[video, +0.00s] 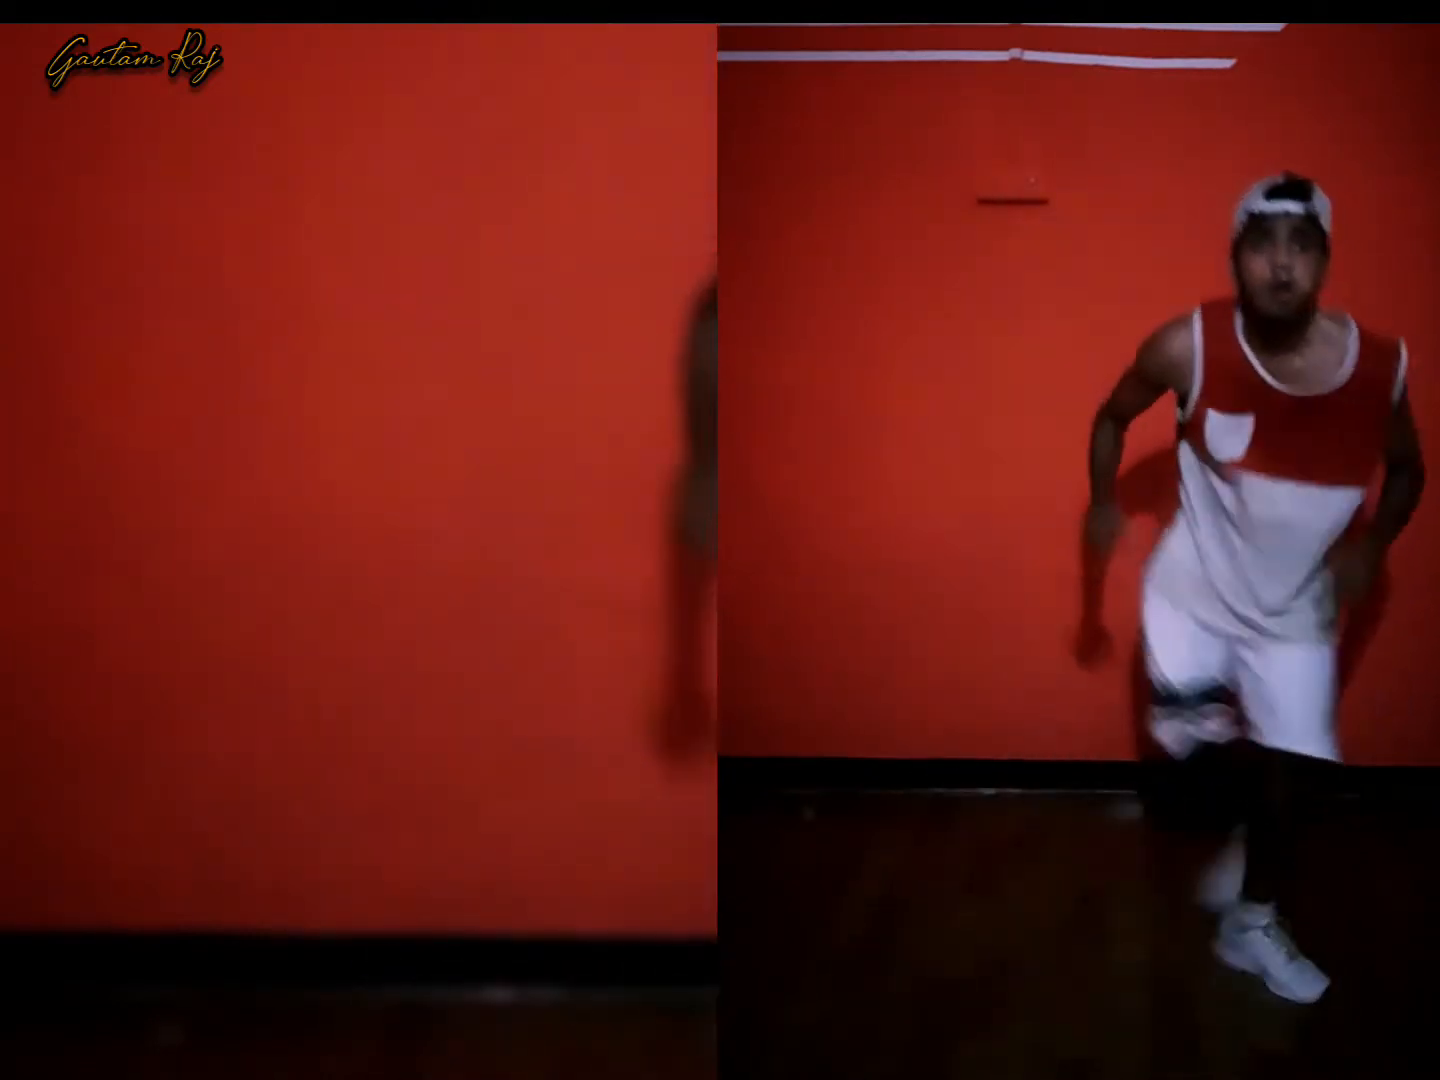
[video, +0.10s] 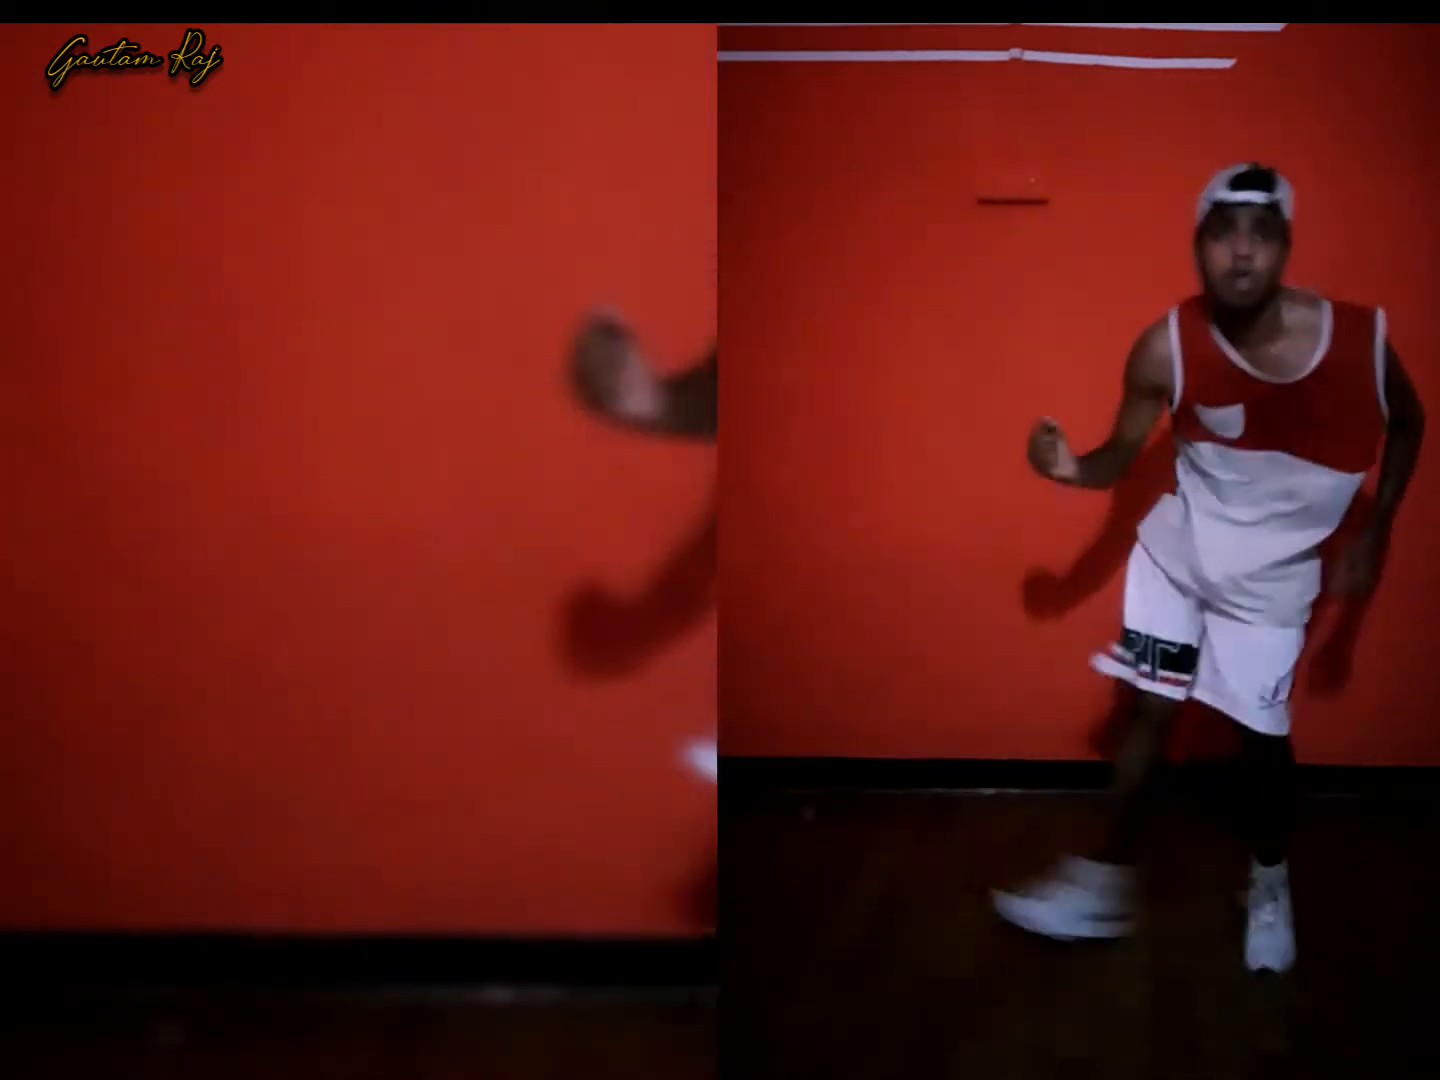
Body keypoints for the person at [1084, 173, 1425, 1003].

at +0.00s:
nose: (1280, 263)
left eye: (1299, 245)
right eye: (1262, 244)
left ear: (1325, 262)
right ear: (1235, 260)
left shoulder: (1377, 366)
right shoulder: (1188, 348)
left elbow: (1407, 471)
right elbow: (1112, 419)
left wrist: (1367, 547)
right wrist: (1102, 504)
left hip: (1295, 615)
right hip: (1192, 597)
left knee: (1296, 775)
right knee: (1198, 768)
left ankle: (1253, 919)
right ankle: (1233, 845)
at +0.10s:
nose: (1242, 253)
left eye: (1261, 235)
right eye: (1225, 233)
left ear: (1286, 249)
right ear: (1198, 247)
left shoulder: (1358, 343)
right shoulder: (1169, 348)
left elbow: (1407, 423)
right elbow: (1119, 452)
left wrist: (1369, 534)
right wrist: (1073, 468)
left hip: (1280, 570)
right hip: (1184, 546)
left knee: (1263, 738)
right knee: (1148, 706)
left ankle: (1268, 890)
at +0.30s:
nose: (1209, 253)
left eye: (1227, 237)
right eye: (1192, 236)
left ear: (1251, 250)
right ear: (1167, 249)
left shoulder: (1311, 347)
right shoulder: (1126, 342)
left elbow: (1373, 431)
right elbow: (1050, 430)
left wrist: (1344, 494)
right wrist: (1051, 543)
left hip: (1271, 568)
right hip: (1165, 544)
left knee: (1282, 742)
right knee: (1103, 695)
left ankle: (1270, 888)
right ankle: (1077, 873)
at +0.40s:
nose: (1207, 263)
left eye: (1223, 245)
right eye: (1189, 246)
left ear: (1247, 259)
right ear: (1163, 260)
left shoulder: (1293, 363)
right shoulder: (1114, 348)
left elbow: (1292, 507)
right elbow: (1045, 413)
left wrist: (1303, 449)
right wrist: (1054, 508)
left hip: (1255, 554)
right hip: (1150, 546)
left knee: (1290, 706)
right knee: (1127, 711)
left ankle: (1239, 812)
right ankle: (1135, 875)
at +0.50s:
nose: (1191, 274)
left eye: (1208, 257)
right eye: (1174, 256)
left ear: (1231, 272)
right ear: (1148, 269)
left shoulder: (1264, 372)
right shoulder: (1094, 354)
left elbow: (1261, 531)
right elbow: (1039, 406)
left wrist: (1275, 426)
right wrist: (1047, 503)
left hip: (1231, 578)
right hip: (1128, 573)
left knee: (1250, 729)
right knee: (1118, 745)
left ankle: (1172, 781)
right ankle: (1133, 885)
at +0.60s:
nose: (1157, 270)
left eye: (1174, 254)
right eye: (1140, 253)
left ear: (1199, 269)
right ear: (1117, 268)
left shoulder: (1250, 368)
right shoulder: (1080, 359)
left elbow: (1283, 478)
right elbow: (1036, 429)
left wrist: (1238, 485)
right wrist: (1025, 524)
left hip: (1192, 592)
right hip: (1102, 577)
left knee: (1165, 752)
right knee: (1076, 740)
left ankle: (1062, 792)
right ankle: (1128, 881)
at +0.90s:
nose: (1138, 280)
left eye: (1155, 263)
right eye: (1121, 263)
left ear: (1179, 276)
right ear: (1099, 277)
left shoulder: (1233, 371)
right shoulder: (1064, 365)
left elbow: (1284, 463)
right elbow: (1028, 445)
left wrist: (1229, 491)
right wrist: (1033, 498)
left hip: (1181, 593)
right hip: (1084, 586)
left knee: (1177, 770)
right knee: (1067, 749)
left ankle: (1136, 768)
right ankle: (1121, 882)